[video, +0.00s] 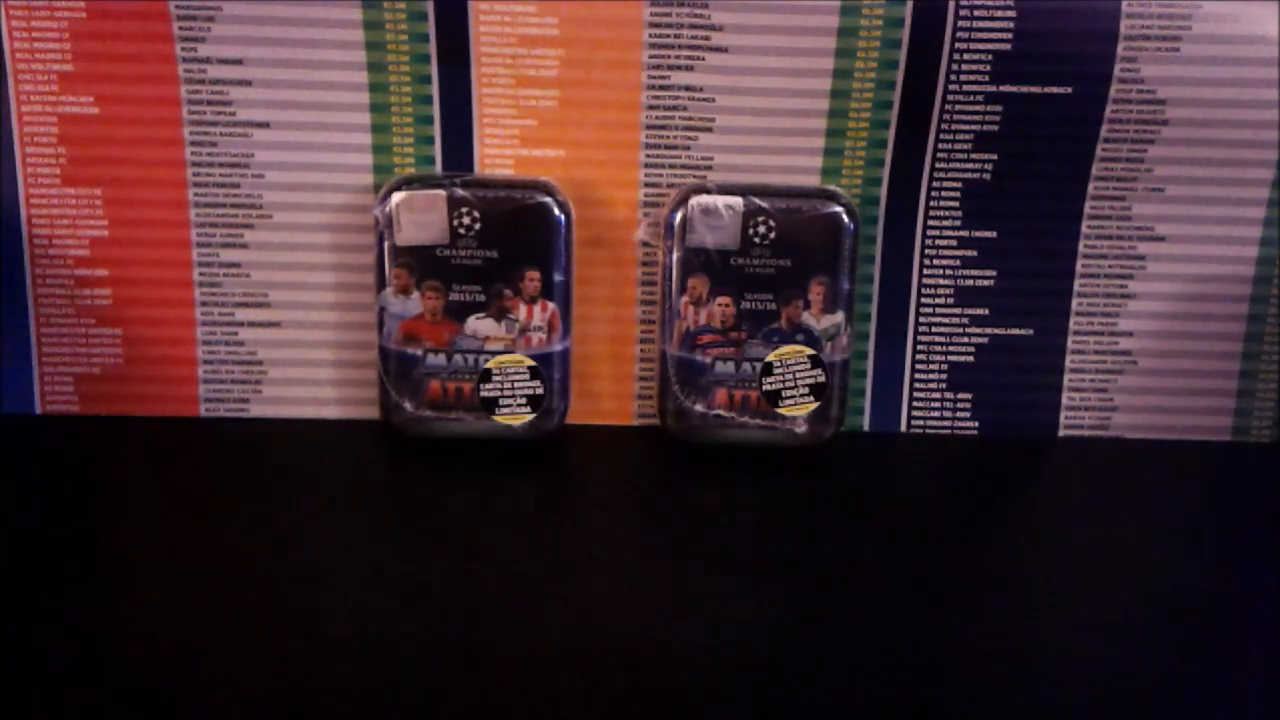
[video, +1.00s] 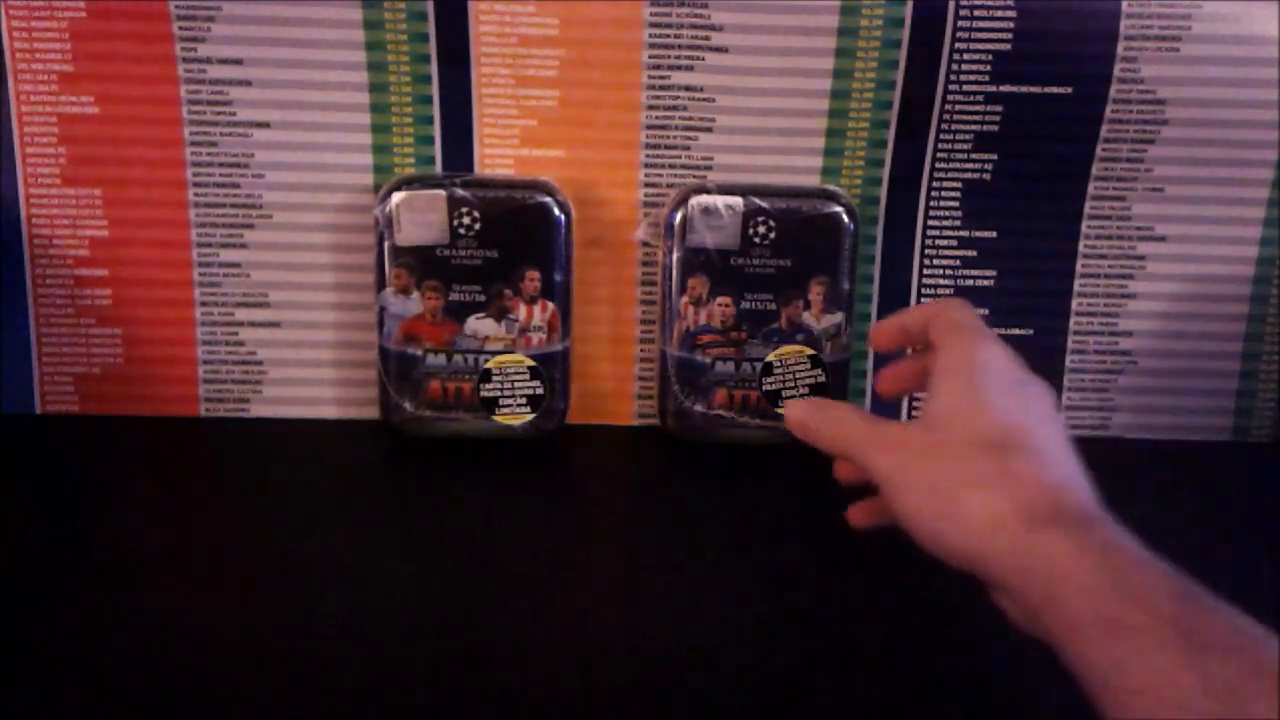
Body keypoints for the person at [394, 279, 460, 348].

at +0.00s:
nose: (433, 303)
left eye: (437, 298)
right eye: (429, 298)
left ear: (444, 301)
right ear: (422, 301)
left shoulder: (454, 328)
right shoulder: (408, 325)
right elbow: (395, 349)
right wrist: (421, 346)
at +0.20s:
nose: (433, 303)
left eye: (437, 299)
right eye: (429, 299)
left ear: (443, 301)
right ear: (422, 301)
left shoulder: (454, 328)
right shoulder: (407, 326)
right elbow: (395, 349)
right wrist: (420, 347)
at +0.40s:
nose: (433, 303)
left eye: (437, 299)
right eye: (429, 299)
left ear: (444, 301)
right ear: (422, 301)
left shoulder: (454, 328)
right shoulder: (408, 325)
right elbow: (395, 348)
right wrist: (421, 346)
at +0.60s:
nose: (433, 303)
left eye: (437, 299)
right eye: (429, 298)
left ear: (444, 301)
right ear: (422, 301)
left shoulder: (454, 328)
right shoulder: (407, 326)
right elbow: (395, 349)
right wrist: (420, 346)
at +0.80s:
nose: (433, 303)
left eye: (437, 299)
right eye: (429, 299)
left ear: (444, 302)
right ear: (422, 301)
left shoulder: (454, 328)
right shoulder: (408, 326)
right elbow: (395, 348)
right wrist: (420, 347)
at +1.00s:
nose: (433, 303)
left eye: (437, 299)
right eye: (429, 298)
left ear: (444, 301)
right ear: (422, 301)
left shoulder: (454, 328)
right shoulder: (409, 325)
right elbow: (395, 346)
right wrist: (420, 346)